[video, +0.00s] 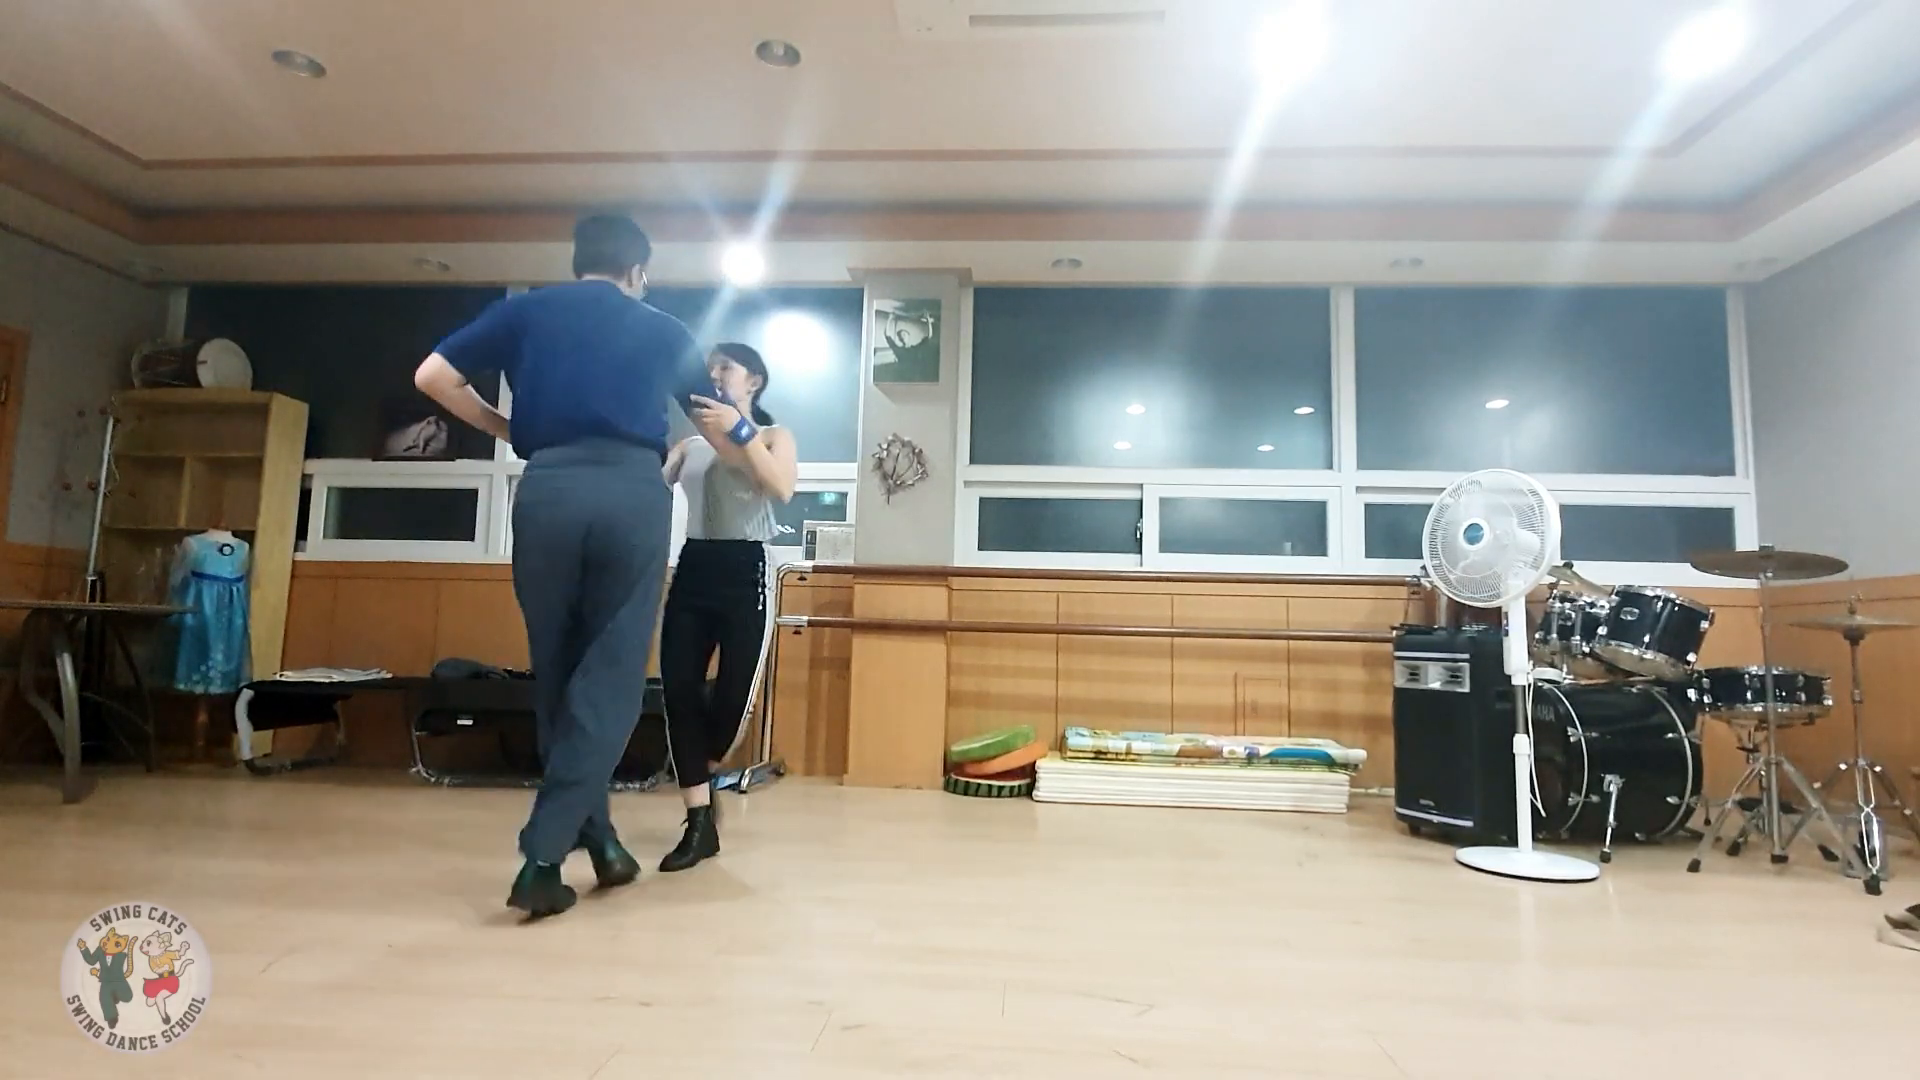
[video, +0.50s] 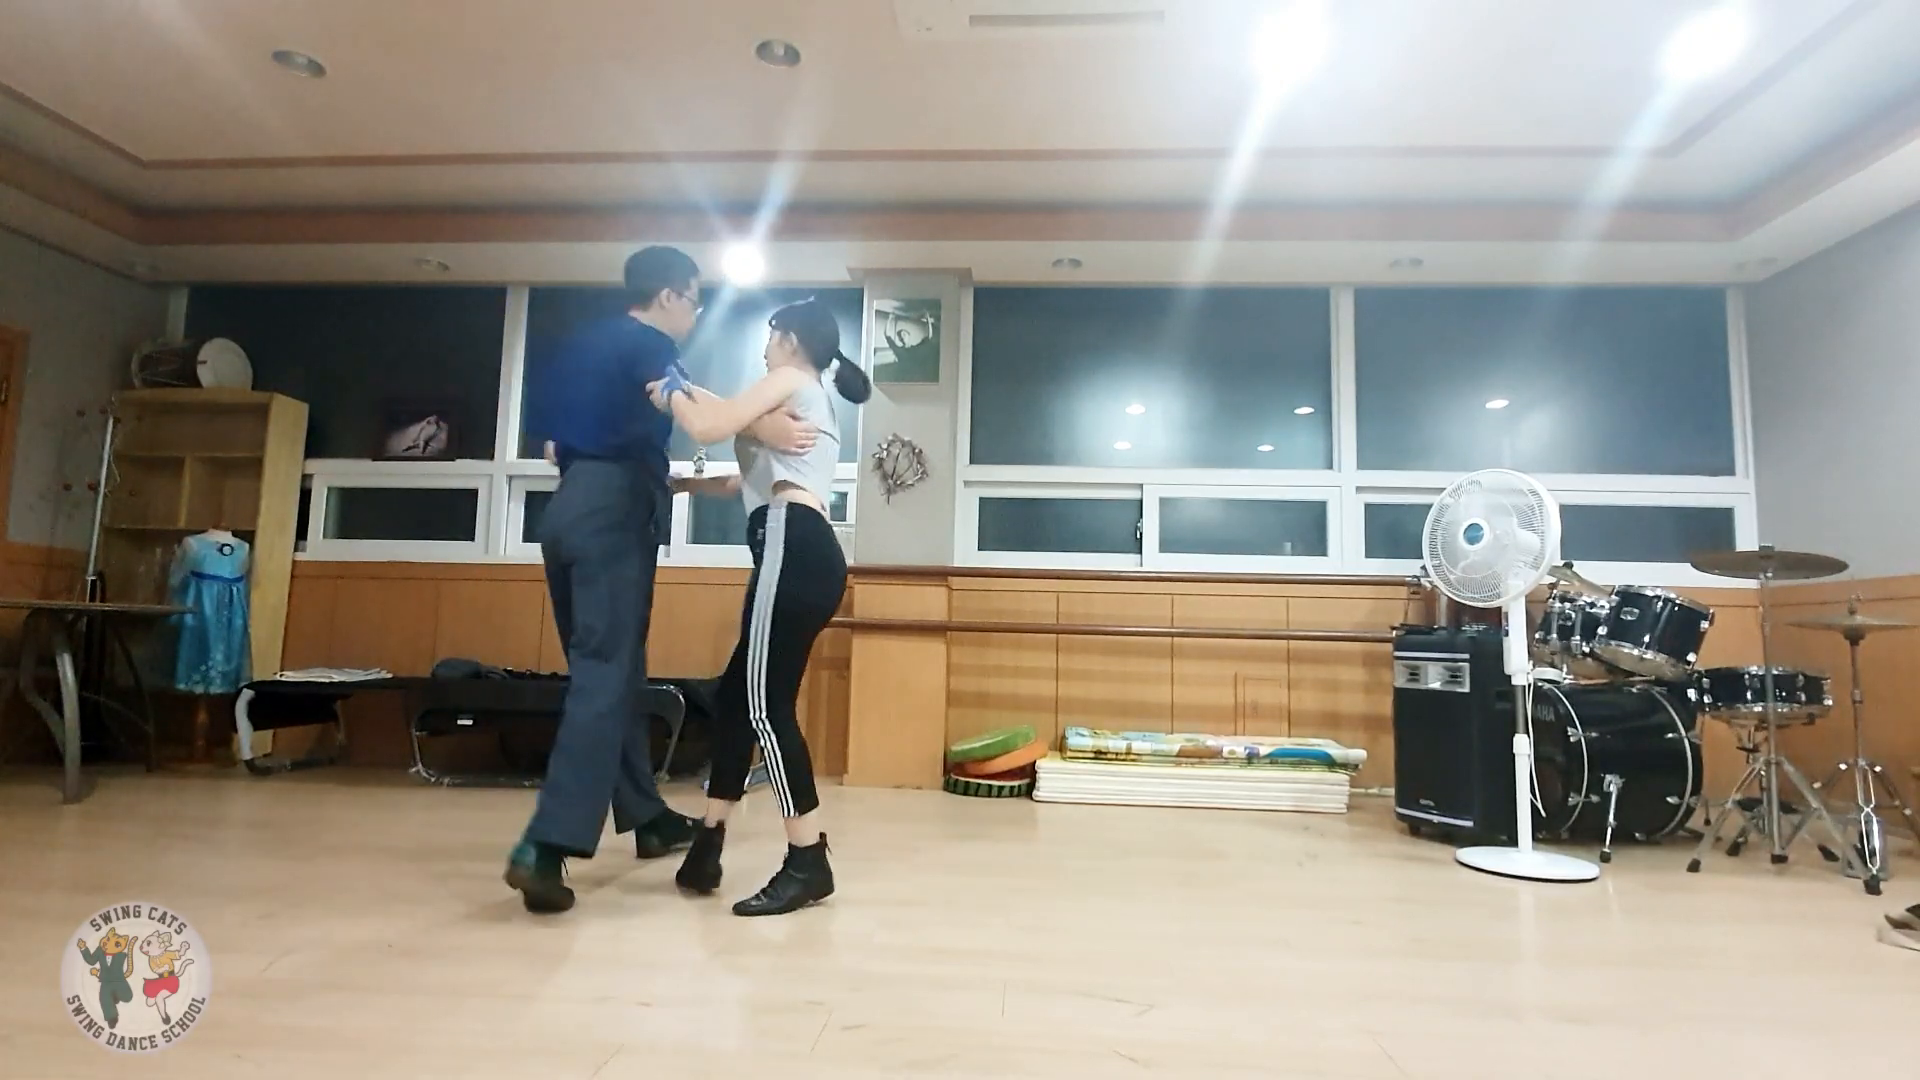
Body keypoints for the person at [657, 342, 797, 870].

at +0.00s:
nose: (716, 376)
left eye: (728, 368)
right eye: (712, 367)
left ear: (754, 382)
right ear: (705, 378)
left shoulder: (774, 436)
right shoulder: (692, 438)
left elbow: (782, 488)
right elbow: (652, 488)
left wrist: (736, 433)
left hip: (747, 573)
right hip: (693, 568)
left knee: (733, 701)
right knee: (679, 692)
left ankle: (703, 767)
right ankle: (700, 821)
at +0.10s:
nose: (730, 367)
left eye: (743, 360)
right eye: (730, 360)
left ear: (774, 375)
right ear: (729, 377)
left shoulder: (793, 423)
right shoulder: (720, 435)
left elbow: (792, 477)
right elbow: (663, 480)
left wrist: (729, 423)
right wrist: (606, 468)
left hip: (772, 562)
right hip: (722, 562)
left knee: (741, 686)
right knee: (697, 690)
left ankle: (751, 804)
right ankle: (703, 825)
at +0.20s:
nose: (744, 361)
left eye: (756, 353)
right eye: (747, 353)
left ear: (787, 364)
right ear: (768, 367)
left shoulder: (809, 407)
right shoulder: (752, 433)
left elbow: (783, 457)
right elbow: (692, 479)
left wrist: (712, 407)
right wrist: (627, 475)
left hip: (791, 560)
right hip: (747, 564)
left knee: (751, 693)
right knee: (714, 691)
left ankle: (768, 844)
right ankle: (707, 825)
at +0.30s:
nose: (758, 356)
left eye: (768, 348)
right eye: (762, 348)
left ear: (796, 357)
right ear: (791, 360)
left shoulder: (812, 397)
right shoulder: (767, 427)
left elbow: (769, 440)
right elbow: (712, 484)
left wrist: (700, 400)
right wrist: (642, 479)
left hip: (808, 558)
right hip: (774, 564)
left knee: (766, 701)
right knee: (718, 692)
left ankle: (790, 859)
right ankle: (721, 820)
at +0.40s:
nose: (767, 350)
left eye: (775, 341)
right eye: (771, 341)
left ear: (800, 349)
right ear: (802, 353)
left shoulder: (807, 385)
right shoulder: (781, 411)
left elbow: (745, 427)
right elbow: (734, 487)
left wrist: (684, 394)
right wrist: (658, 485)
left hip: (813, 553)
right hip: (791, 559)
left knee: (770, 703)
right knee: (722, 693)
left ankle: (792, 859)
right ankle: (721, 832)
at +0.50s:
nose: (767, 344)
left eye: (772, 335)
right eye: (771, 335)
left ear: (787, 339)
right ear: (814, 348)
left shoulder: (789, 380)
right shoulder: (812, 400)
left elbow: (706, 425)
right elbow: (753, 477)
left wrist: (670, 392)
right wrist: (682, 486)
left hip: (792, 543)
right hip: (809, 551)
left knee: (767, 701)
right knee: (735, 696)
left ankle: (808, 861)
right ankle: (707, 847)